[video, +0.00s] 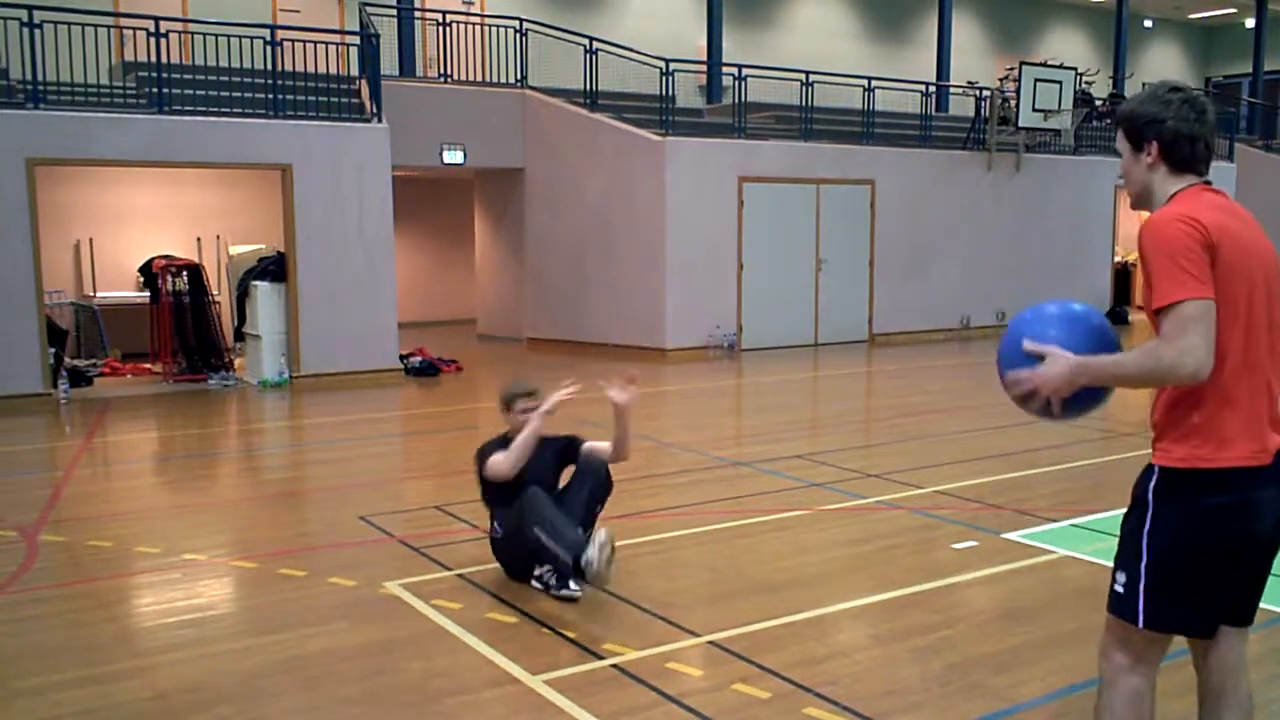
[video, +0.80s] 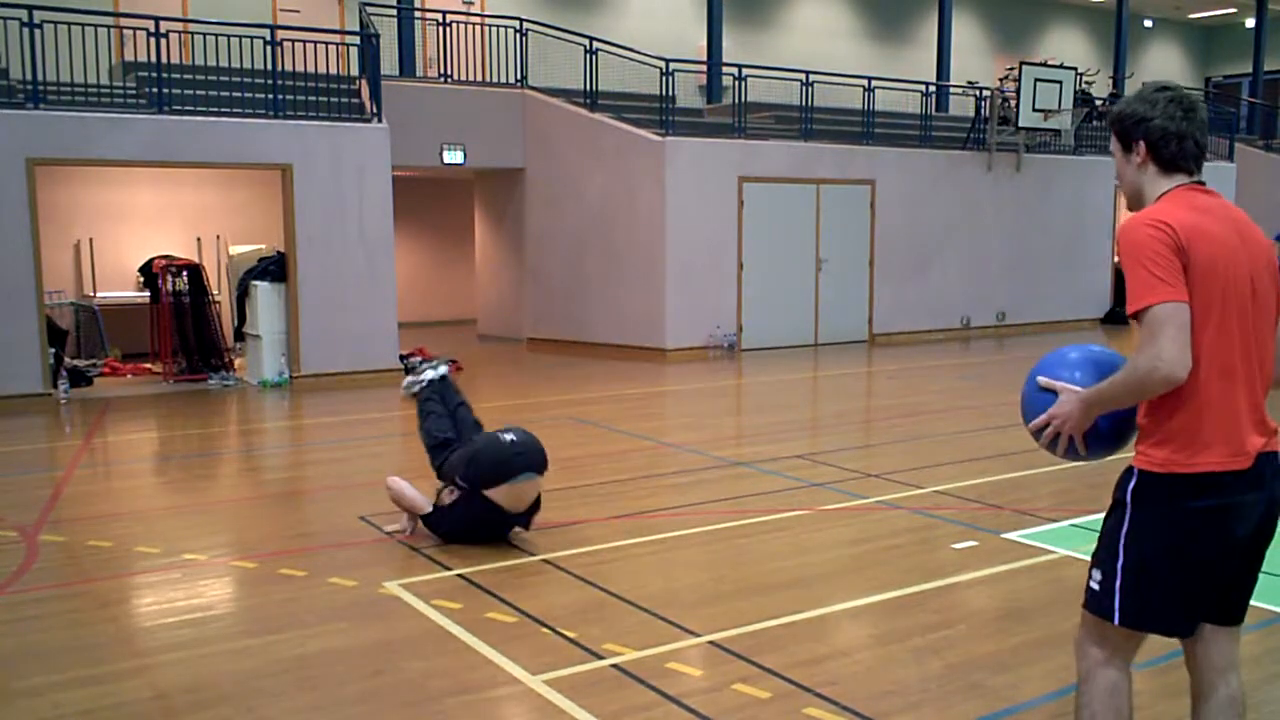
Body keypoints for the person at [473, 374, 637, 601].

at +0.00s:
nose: (531, 419)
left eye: (536, 411)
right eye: (523, 412)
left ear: (542, 412)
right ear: (507, 415)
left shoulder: (557, 446)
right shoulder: (490, 452)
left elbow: (618, 454)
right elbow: (506, 469)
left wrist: (621, 410)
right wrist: (541, 414)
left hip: (559, 543)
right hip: (516, 550)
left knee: (594, 468)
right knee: (532, 498)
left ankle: (554, 569)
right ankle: (585, 559)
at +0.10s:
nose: (508, 430)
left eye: (509, 424)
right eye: (501, 425)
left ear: (512, 425)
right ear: (482, 431)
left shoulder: (528, 458)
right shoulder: (470, 473)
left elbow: (596, 460)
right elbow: (478, 492)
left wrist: (591, 407)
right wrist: (494, 435)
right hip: (518, 553)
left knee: (592, 462)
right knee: (520, 469)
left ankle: (572, 559)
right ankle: (579, 517)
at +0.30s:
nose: (481, 469)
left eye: (482, 466)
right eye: (472, 468)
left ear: (493, 468)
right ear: (459, 485)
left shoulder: (516, 492)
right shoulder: (462, 513)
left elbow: (535, 451)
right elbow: (436, 480)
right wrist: (423, 446)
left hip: (551, 536)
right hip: (502, 537)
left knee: (553, 445)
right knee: (492, 441)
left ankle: (589, 434)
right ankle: (536, 383)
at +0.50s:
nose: (464, 475)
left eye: (465, 472)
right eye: (456, 476)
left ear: (477, 474)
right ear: (447, 493)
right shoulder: (450, 515)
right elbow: (411, 469)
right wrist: (403, 500)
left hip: (550, 504)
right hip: (501, 510)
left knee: (514, 437)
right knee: (473, 444)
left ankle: (516, 352)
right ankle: (477, 356)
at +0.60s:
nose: (455, 485)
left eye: (458, 482)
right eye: (449, 486)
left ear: (467, 485)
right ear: (443, 499)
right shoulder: (447, 520)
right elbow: (400, 477)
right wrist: (407, 518)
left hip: (546, 480)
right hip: (490, 486)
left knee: (498, 434)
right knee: (464, 455)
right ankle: (459, 368)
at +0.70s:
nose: (452, 488)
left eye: (453, 486)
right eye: (446, 492)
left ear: (462, 487)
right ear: (441, 505)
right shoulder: (444, 522)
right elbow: (396, 481)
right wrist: (410, 518)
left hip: (540, 462)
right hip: (484, 470)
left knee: (484, 434)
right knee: (454, 457)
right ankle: (442, 375)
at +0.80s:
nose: (450, 490)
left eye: (450, 490)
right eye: (445, 494)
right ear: (442, 506)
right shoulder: (444, 524)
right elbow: (393, 483)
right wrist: (410, 519)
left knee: (475, 444)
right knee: (446, 466)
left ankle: (442, 380)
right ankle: (427, 388)